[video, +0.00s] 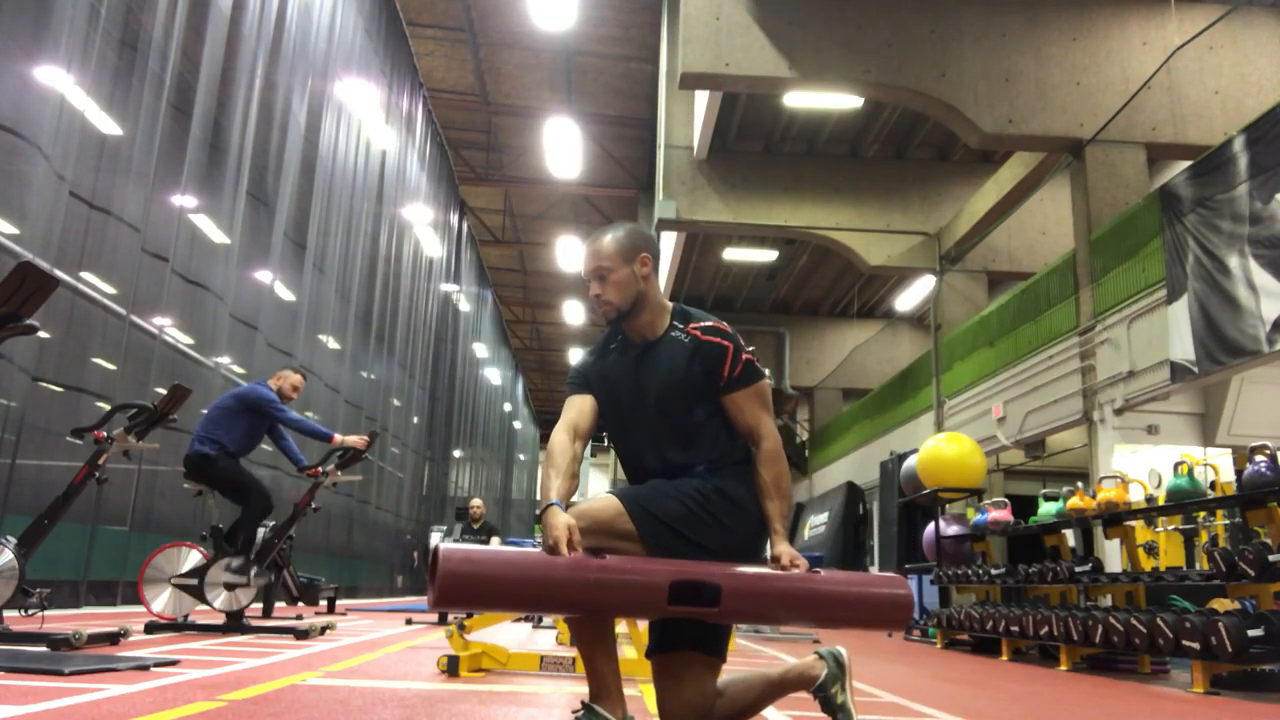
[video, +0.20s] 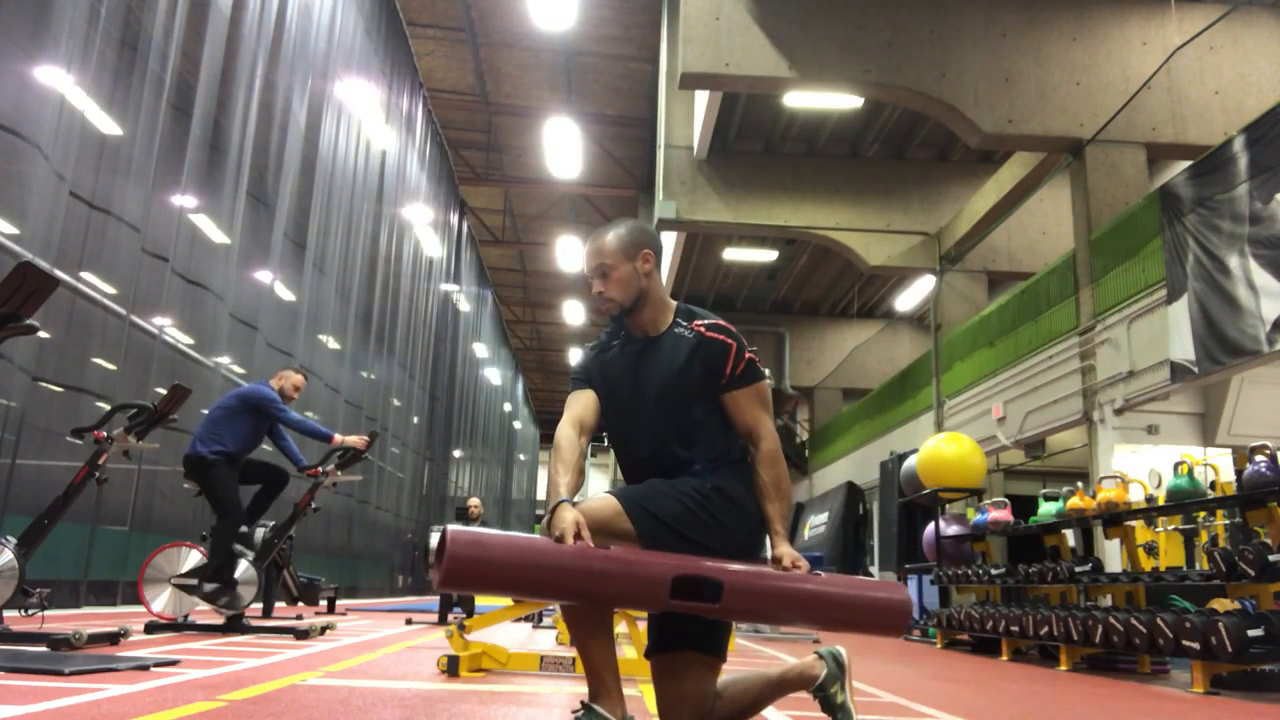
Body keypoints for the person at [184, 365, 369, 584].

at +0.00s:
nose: (294, 396)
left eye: (298, 393)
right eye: (293, 388)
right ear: (277, 379)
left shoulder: (267, 406)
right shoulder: (259, 393)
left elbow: (282, 439)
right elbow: (293, 420)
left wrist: (305, 467)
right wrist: (340, 439)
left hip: (218, 459)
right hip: (207, 458)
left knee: (260, 502)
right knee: (259, 501)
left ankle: (226, 547)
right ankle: (238, 561)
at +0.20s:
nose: (296, 395)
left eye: (299, 392)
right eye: (295, 388)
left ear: (283, 385)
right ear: (279, 379)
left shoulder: (266, 402)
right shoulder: (260, 393)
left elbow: (280, 439)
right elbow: (295, 422)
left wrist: (305, 467)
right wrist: (341, 440)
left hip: (227, 462)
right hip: (208, 460)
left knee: (278, 476)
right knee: (232, 516)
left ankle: (244, 527)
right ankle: (216, 583)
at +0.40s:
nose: (294, 397)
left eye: (298, 394)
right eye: (293, 390)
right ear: (277, 380)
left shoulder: (266, 407)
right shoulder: (258, 393)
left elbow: (280, 440)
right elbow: (295, 422)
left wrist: (304, 467)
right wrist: (340, 439)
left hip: (222, 461)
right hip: (204, 459)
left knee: (266, 500)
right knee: (249, 501)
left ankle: (254, 560)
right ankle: (200, 549)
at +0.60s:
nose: (296, 395)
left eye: (299, 392)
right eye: (295, 388)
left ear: (281, 384)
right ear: (279, 378)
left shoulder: (263, 402)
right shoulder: (260, 392)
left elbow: (280, 439)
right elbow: (294, 422)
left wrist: (304, 467)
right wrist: (341, 440)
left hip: (215, 460)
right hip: (206, 456)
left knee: (243, 518)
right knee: (267, 472)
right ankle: (226, 526)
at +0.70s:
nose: (294, 396)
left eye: (297, 392)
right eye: (293, 388)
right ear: (277, 378)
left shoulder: (264, 404)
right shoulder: (258, 393)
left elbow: (280, 440)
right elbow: (295, 421)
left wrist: (304, 467)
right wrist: (341, 439)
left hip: (212, 460)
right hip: (205, 456)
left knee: (248, 511)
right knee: (265, 476)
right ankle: (239, 539)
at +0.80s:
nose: (294, 395)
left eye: (297, 393)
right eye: (293, 387)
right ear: (277, 377)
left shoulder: (265, 405)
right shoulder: (259, 393)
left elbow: (281, 440)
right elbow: (295, 421)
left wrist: (304, 467)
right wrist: (341, 439)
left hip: (220, 459)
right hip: (206, 458)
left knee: (263, 502)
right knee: (259, 500)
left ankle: (225, 542)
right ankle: (236, 564)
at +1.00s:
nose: (295, 394)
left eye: (299, 391)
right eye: (294, 387)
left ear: (281, 384)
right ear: (279, 378)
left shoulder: (265, 401)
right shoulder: (259, 392)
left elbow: (279, 438)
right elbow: (295, 421)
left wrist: (304, 467)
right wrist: (341, 439)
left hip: (228, 462)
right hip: (207, 460)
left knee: (278, 477)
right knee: (232, 515)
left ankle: (242, 528)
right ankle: (209, 580)